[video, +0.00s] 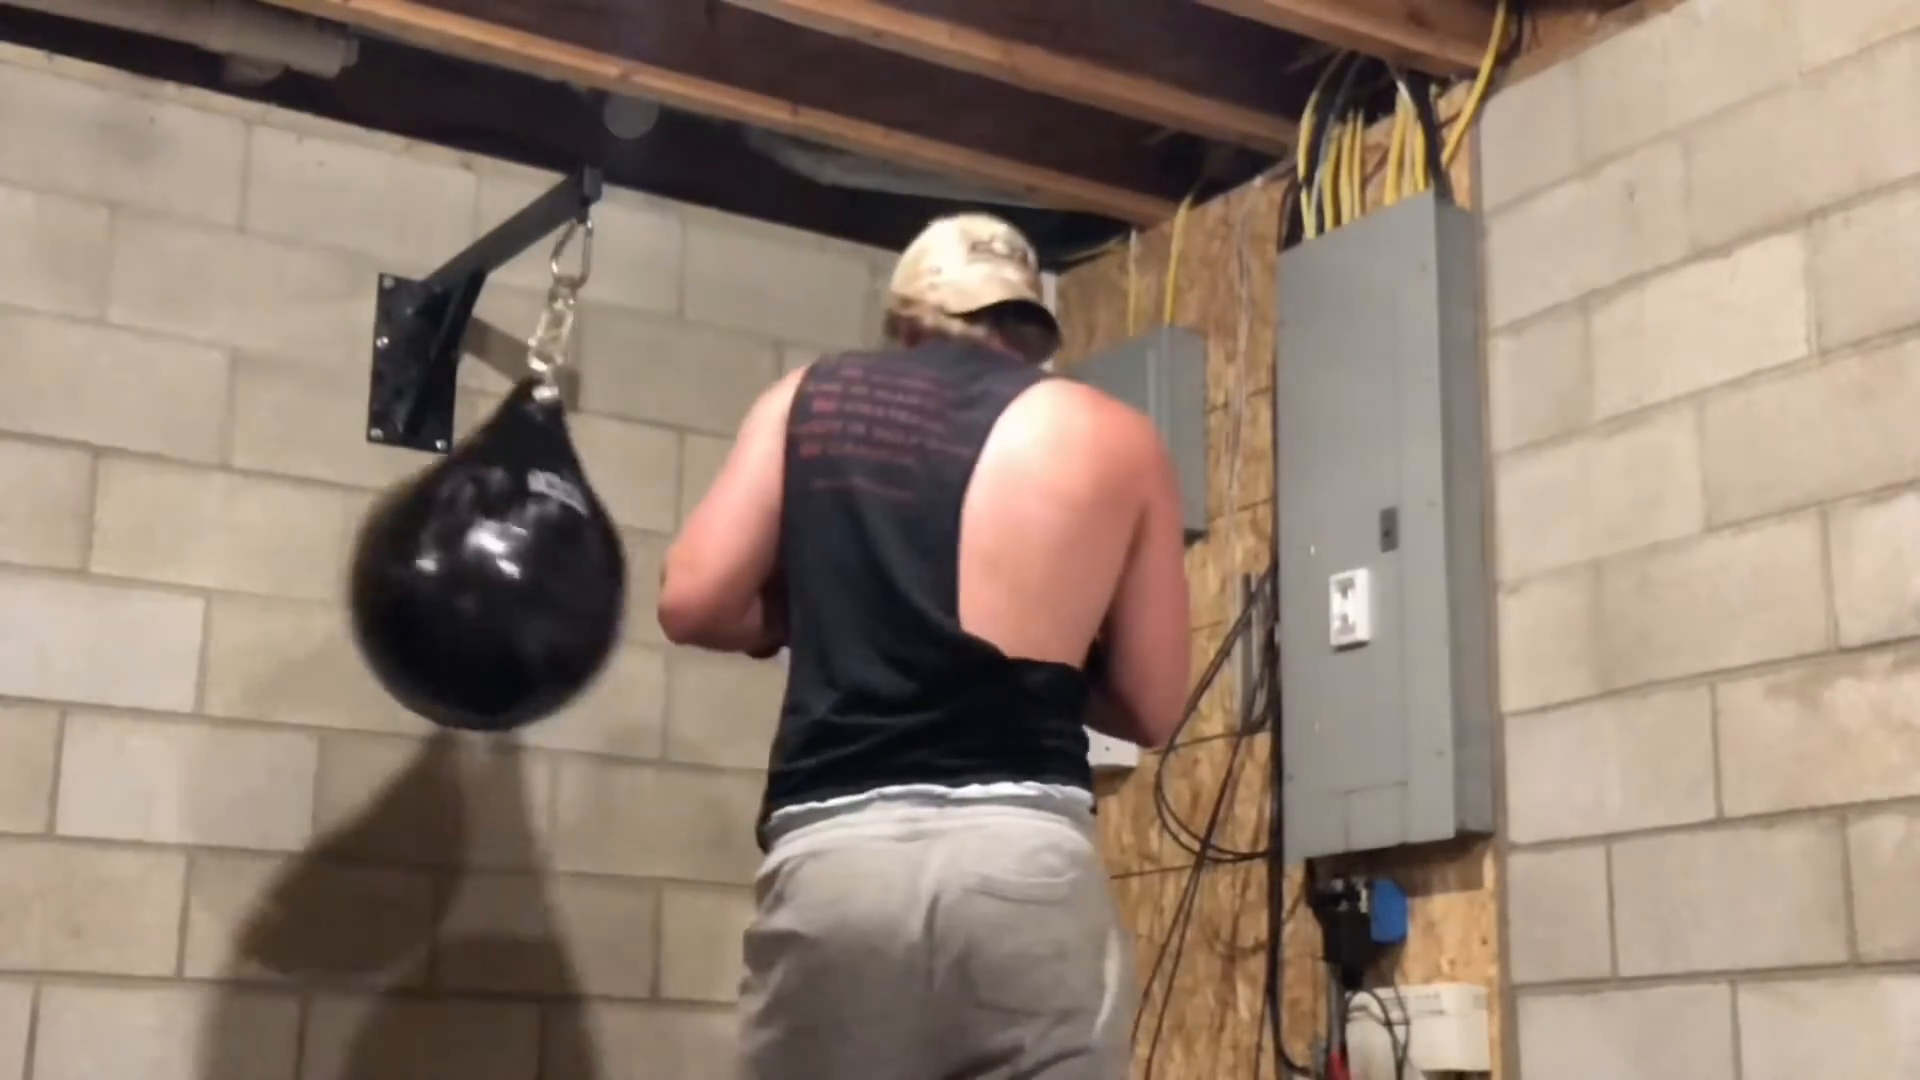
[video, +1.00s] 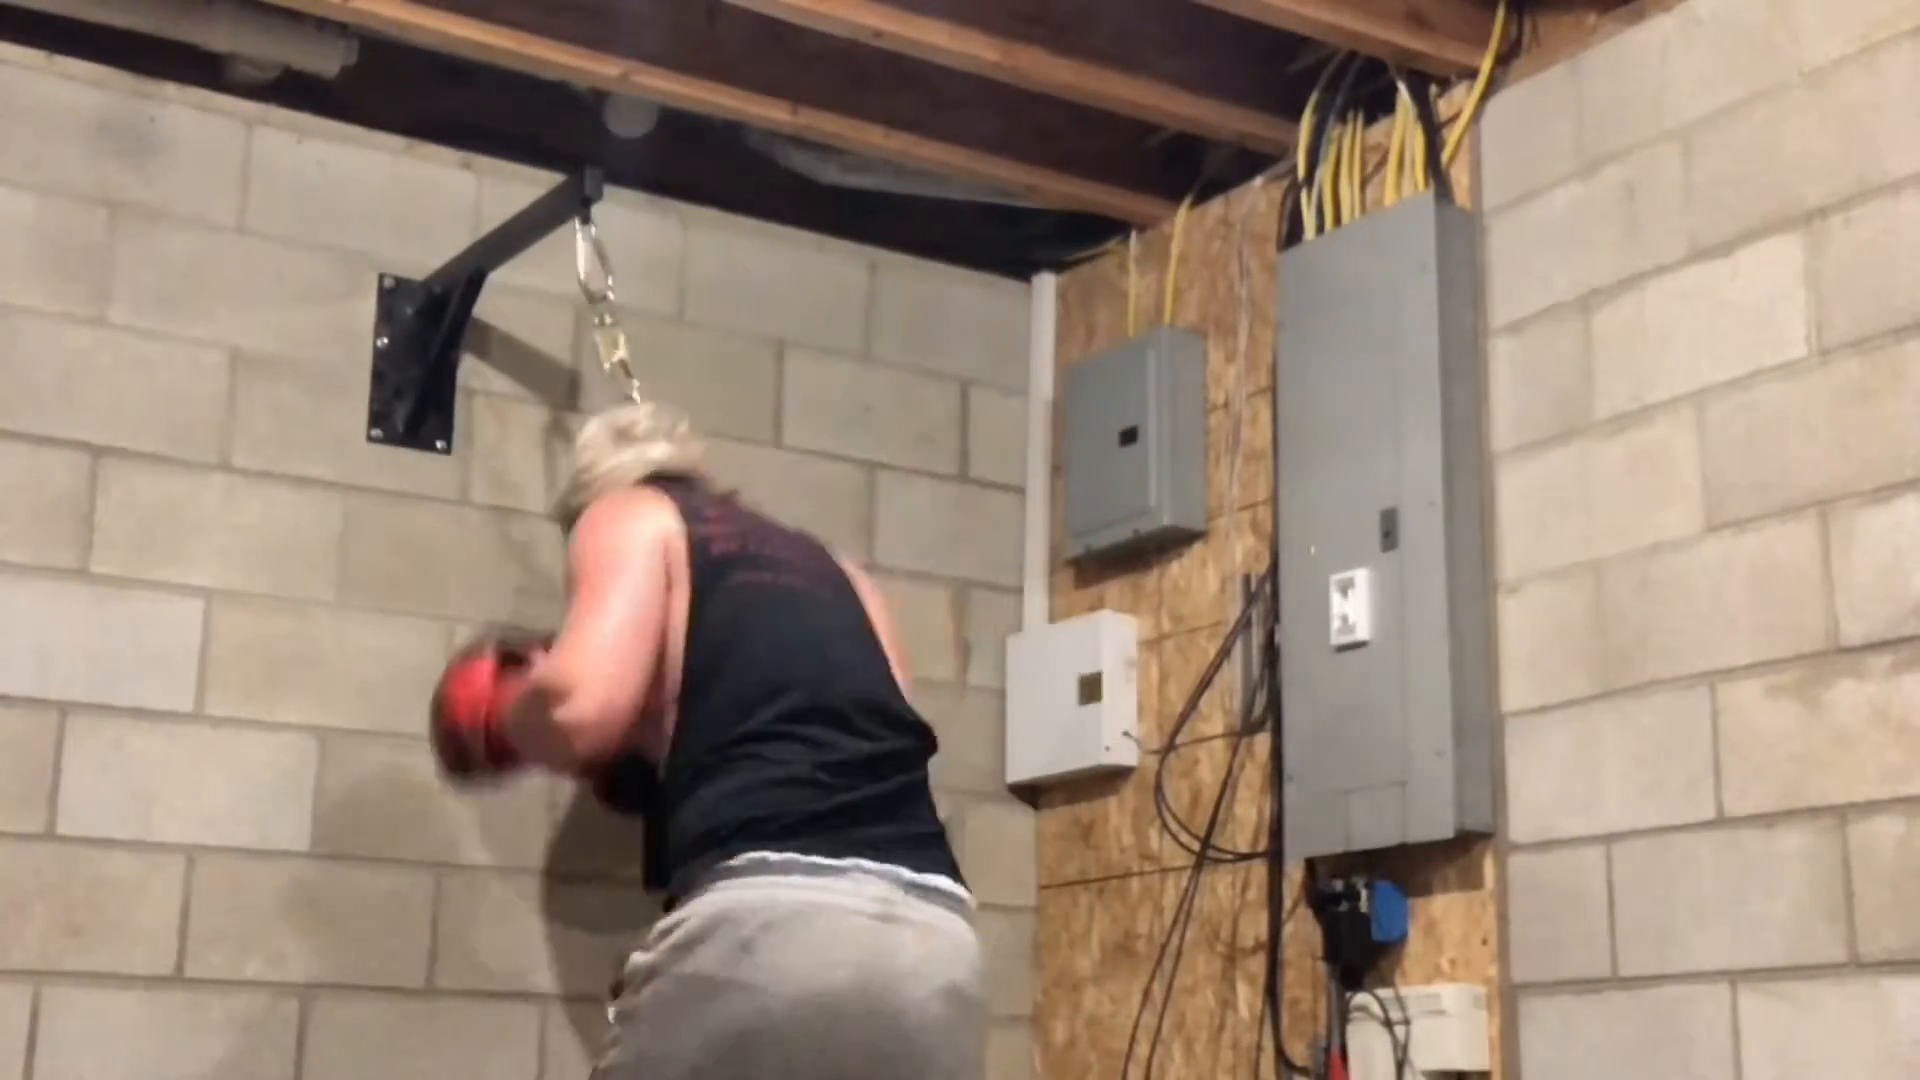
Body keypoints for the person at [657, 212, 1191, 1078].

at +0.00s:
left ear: (904, 321)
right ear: (1038, 330)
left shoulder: (803, 398)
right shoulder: (1121, 438)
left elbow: (693, 604)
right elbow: (1152, 711)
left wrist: (812, 600)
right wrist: (1027, 636)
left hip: (834, 860)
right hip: (1034, 862)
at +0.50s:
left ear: (854, 339)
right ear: (991, 342)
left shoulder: (778, 412)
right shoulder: (1096, 448)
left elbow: (674, 625)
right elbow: (1119, 711)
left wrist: (798, 578)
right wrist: (1003, 630)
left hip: (802, 868)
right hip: (1003, 872)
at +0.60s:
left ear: (810, 356)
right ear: (947, 357)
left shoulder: (752, 426)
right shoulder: (1062, 466)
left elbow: (648, 639)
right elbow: (1075, 726)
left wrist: (764, 576)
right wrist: (962, 619)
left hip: (783, 884)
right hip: (985, 891)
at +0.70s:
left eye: (739, 392)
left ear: (754, 382)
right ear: (883, 381)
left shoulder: (718, 437)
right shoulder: (1007, 485)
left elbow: (609, 657)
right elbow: (1009, 743)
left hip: (765, 914)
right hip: (965, 914)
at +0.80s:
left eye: (677, 411)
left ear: (695, 402)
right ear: (811, 397)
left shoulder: (684, 449)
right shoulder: (945, 499)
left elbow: (576, 664)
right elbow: (943, 711)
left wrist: (579, 569)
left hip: (757, 924)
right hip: (946, 926)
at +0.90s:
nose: (611, 480)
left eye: (617, 462)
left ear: (639, 437)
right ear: (744, 431)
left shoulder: (656, 475)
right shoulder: (881, 531)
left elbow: (577, 680)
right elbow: (913, 702)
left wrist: (521, 648)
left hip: (765, 925)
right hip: (938, 935)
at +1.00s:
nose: (586, 522)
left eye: (589, 509)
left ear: (601, 488)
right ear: (696, 469)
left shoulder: (633, 513)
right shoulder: (840, 567)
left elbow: (587, 713)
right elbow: (889, 710)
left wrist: (500, 708)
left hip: (763, 930)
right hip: (936, 946)